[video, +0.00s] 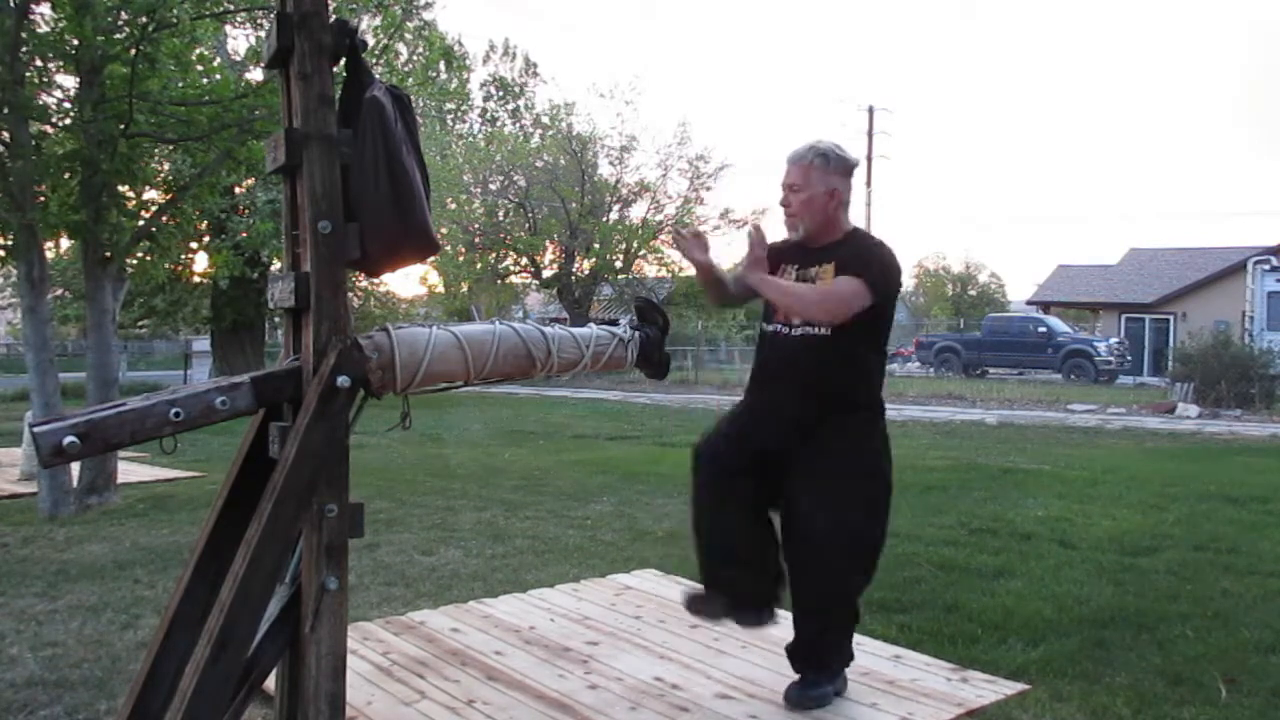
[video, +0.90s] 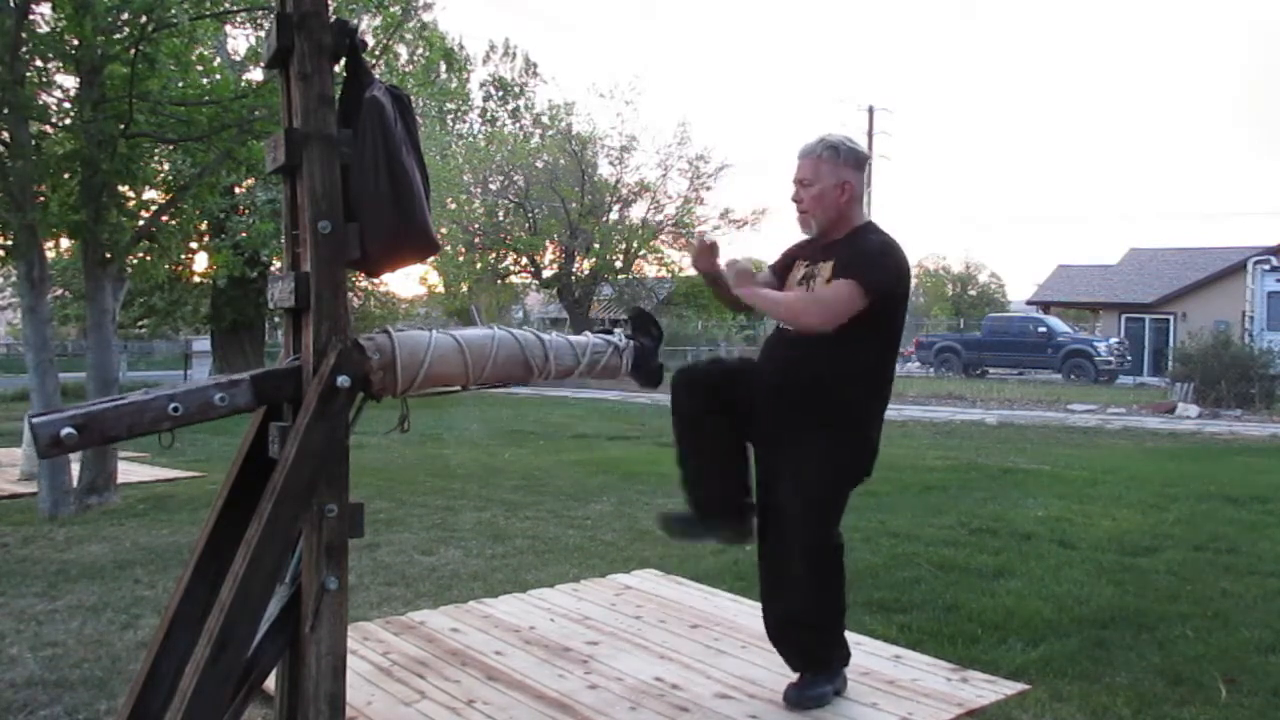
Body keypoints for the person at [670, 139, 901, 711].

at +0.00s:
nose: (786, 202)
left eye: (797, 192)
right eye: (784, 192)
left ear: (836, 196)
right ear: (786, 194)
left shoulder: (872, 258)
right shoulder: (781, 255)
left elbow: (825, 307)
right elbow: (728, 295)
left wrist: (760, 278)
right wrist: (706, 267)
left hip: (840, 431)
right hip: (769, 418)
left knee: (827, 547)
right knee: (717, 463)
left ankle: (823, 667)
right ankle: (745, 593)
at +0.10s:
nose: (789, 199)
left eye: (800, 190)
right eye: (789, 189)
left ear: (840, 194)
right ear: (797, 192)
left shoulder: (873, 257)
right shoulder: (789, 250)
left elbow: (805, 305)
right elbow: (730, 267)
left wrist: (748, 278)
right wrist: (674, 233)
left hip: (829, 425)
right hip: (768, 405)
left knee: (807, 544)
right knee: (702, 379)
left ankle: (822, 667)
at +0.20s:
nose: (791, 199)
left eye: (803, 189)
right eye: (791, 188)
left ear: (842, 191)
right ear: (813, 191)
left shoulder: (873, 255)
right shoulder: (790, 248)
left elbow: (802, 304)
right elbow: (724, 256)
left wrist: (750, 279)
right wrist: (662, 230)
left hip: (824, 421)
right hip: (768, 393)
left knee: (804, 538)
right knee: (702, 348)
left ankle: (823, 664)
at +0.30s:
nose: (796, 201)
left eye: (807, 190)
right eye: (794, 191)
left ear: (847, 192)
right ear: (802, 193)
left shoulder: (875, 255)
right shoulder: (797, 247)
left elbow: (798, 303)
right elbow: (727, 248)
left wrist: (751, 276)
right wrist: (654, 231)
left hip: (821, 421)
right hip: (763, 385)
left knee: (804, 540)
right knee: (670, 358)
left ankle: (822, 666)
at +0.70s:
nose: (800, 199)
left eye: (812, 189)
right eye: (800, 188)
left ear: (852, 192)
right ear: (812, 190)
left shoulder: (879, 254)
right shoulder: (806, 252)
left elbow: (803, 302)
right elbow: (735, 255)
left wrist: (751, 278)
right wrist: (668, 232)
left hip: (829, 425)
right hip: (776, 397)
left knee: (808, 540)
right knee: (699, 362)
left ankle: (823, 666)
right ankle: (582, 404)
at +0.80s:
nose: (800, 198)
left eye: (811, 187)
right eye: (799, 186)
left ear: (851, 189)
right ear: (826, 190)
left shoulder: (879, 253)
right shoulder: (805, 251)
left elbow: (804, 302)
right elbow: (739, 264)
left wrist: (749, 277)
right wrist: (677, 235)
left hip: (829, 423)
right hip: (776, 394)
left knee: (805, 539)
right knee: (704, 356)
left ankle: (823, 665)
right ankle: (629, 450)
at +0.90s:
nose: (796, 197)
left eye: (808, 186)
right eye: (795, 186)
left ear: (848, 189)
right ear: (822, 190)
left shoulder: (876, 254)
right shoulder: (800, 255)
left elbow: (818, 313)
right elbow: (752, 297)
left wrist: (745, 290)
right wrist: (715, 274)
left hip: (829, 426)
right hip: (775, 401)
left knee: (802, 539)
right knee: (698, 384)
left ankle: (823, 664)